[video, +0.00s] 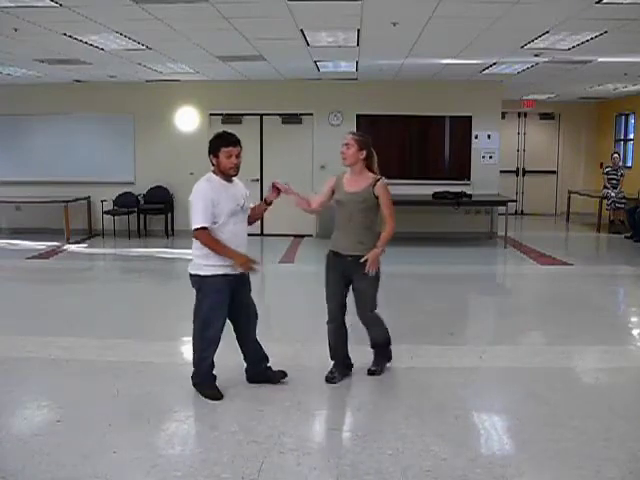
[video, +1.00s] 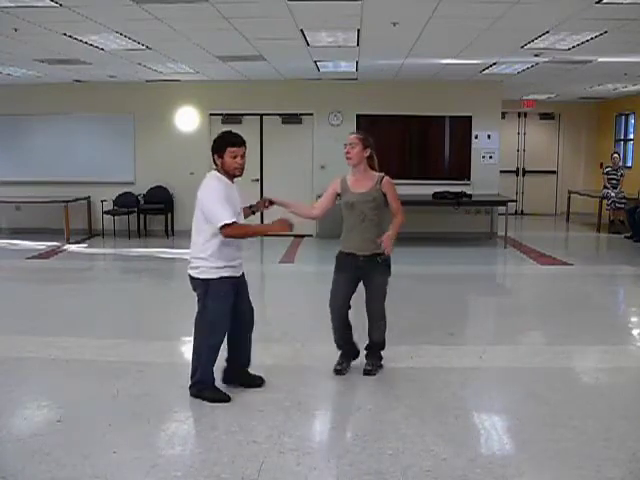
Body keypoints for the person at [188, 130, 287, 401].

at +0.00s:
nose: (235, 161)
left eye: (238, 156)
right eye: (229, 156)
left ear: (240, 157)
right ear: (214, 158)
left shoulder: (238, 186)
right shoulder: (203, 189)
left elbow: (246, 220)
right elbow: (200, 233)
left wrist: (267, 202)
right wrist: (237, 257)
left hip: (235, 271)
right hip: (210, 273)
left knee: (246, 321)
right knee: (208, 330)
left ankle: (257, 369)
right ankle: (203, 379)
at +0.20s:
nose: (220, 163)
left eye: (223, 157)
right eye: (214, 158)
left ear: (227, 158)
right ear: (199, 161)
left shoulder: (231, 188)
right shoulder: (186, 189)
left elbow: (247, 219)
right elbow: (167, 228)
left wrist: (276, 222)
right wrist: (195, 261)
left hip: (227, 272)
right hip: (196, 275)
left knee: (239, 320)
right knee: (199, 330)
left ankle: (243, 369)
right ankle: (203, 380)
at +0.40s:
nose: (216, 162)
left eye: (219, 156)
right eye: (209, 157)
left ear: (224, 156)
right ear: (196, 160)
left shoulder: (232, 188)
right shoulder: (179, 189)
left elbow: (258, 216)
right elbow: (154, 220)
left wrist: (292, 212)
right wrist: (151, 252)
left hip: (222, 271)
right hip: (191, 272)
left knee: (221, 323)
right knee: (198, 327)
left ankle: (215, 370)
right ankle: (201, 380)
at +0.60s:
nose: (223, 163)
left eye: (226, 157)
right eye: (216, 158)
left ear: (230, 158)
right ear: (202, 160)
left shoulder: (234, 190)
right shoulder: (184, 189)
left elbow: (257, 218)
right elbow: (159, 221)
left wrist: (292, 218)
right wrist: (158, 249)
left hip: (221, 271)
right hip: (194, 272)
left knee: (212, 324)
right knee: (204, 326)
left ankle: (211, 370)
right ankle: (199, 379)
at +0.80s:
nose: (230, 163)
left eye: (233, 157)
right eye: (223, 158)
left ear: (236, 158)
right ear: (209, 159)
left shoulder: (231, 189)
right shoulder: (197, 189)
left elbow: (239, 221)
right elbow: (187, 229)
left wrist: (268, 223)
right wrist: (221, 252)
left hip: (226, 272)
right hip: (201, 274)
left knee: (232, 319)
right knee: (206, 328)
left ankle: (215, 368)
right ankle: (201, 383)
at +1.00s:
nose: (240, 162)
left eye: (243, 156)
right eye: (234, 157)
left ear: (244, 157)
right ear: (218, 158)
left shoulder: (229, 185)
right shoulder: (213, 186)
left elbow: (233, 215)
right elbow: (227, 229)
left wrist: (255, 208)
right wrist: (269, 229)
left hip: (232, 271)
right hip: (211, 273)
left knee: (243, 320)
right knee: (211, 330)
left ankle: (237, 372)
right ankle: (201, 384)